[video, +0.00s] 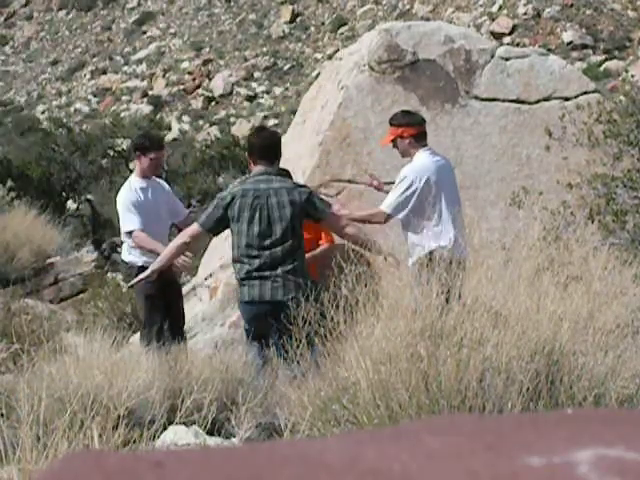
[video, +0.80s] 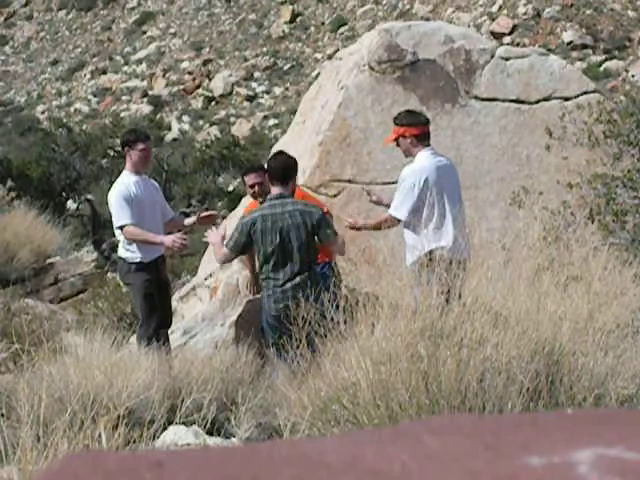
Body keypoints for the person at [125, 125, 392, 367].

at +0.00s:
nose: (253, 163)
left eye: (250, 158)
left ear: (249, 159)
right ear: (280, 156)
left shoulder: (234, 194)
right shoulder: (298, 192)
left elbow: (189, 236)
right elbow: (342, 228)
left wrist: (154, 269)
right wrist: (376, 248)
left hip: (252, 296)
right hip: (292, 292)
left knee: (260, 362)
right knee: (304, 361)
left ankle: (263, 418)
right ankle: (314, 417)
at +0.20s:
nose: (252, 168)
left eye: (246, 164)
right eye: (265, 162)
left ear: (244, 166)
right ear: (274, 162)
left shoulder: (230, 203)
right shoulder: (293, 196)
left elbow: (189, 228)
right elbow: (340, 207)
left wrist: (156, 244)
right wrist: (382, 206)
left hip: (252, 299)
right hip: (292, 294)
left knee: (265, 366)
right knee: (308, 360)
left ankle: (272, 420)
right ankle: (317, 416)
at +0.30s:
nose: (266, 156)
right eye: (268, 150)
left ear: (243, 157)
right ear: (272, 152)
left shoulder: (229, 192)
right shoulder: (289, 185)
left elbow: (195, 202)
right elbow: (337, 185)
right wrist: (375, 172)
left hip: (254, 287)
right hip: (292, 281)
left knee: (261, 357)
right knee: (308, 348)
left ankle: (268, 416)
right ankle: (317, 409)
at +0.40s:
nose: (268, 135)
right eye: (270, 129)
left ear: (244, 135)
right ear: (274, 132)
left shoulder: (230, 169)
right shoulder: (290, 162)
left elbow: (194, 171)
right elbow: (338, 154)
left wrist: (175, 155)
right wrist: (376, 133)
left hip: (253, 261)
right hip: (290, 254)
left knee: (263, 324)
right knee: (304, 317)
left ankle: (271, 387)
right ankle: (316, 375)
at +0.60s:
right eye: (278, 125)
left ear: (254, 130)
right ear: (282, 128)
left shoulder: (240, 164)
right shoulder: (296, 159)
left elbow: (197, 177)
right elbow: (343, 158)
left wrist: (179, 146)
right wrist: (356, 118)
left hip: (261, 258)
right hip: (297, 252)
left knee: (273, 326)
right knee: (306, 318)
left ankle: (288, 386)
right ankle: (319, 377)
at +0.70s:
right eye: (288, 153)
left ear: (260, 157)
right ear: (288, 155)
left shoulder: (244, 191)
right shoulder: (302, 184)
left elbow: (206, 216)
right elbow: (345, 201)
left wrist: (197, 184)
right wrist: (338, 165)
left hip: (269, 279)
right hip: (304, 273)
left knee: (279, 344)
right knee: (317, 337)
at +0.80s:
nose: (255, 187)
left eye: (259, 182)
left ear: (267, 179)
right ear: (295, 180)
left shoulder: (253, 220)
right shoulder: (311, 212)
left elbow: (223, 258)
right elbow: (336, 248)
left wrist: (215, 241)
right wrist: (330, 224)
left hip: (275, 302)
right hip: (309, 295)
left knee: (284, 361)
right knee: (320, 352)